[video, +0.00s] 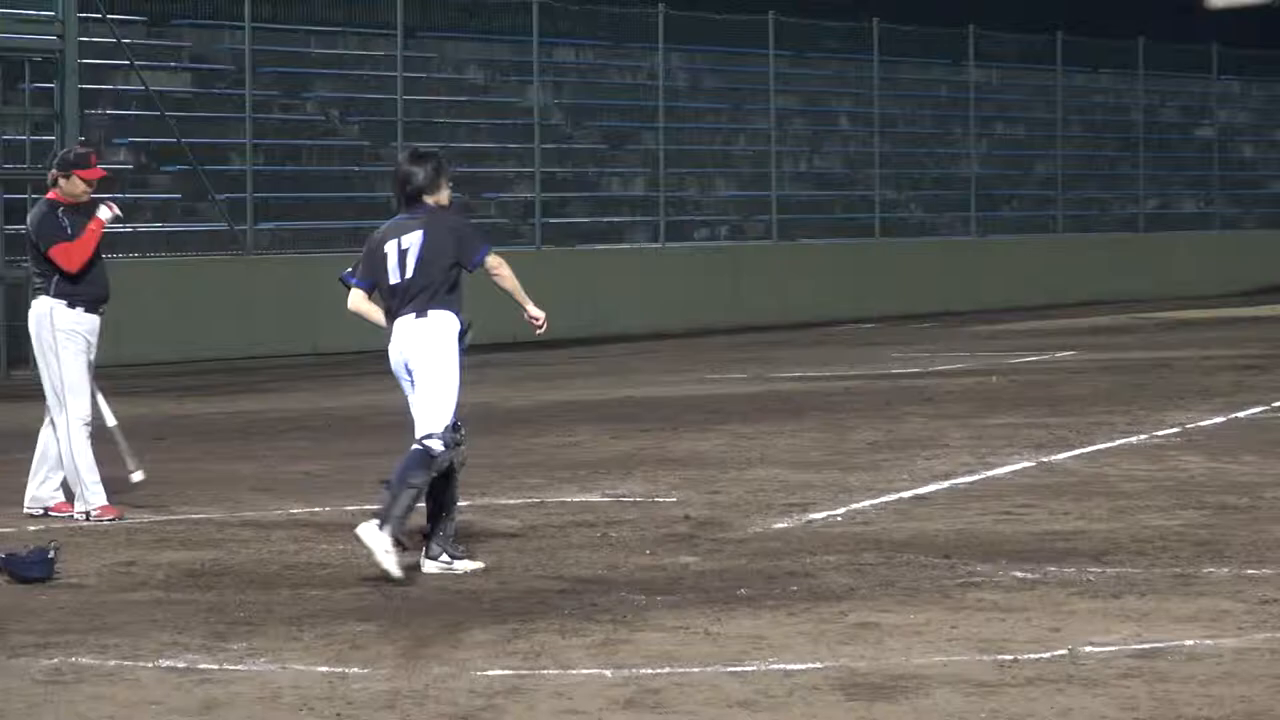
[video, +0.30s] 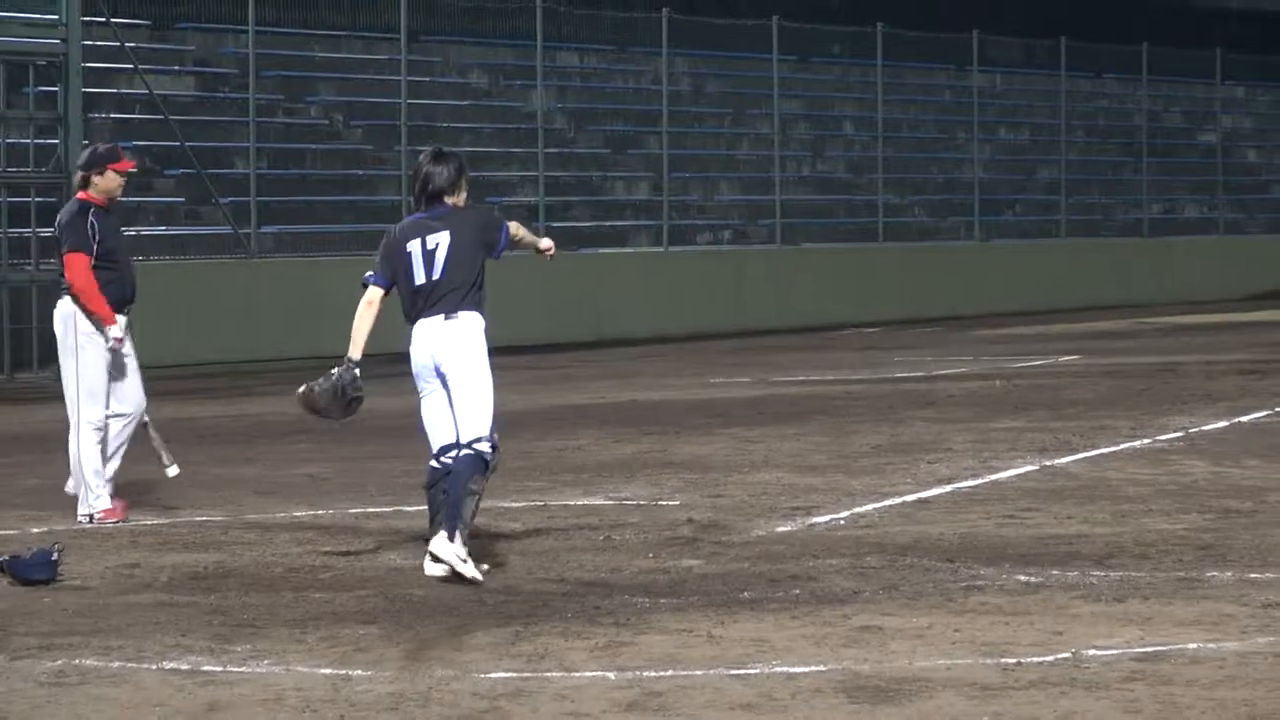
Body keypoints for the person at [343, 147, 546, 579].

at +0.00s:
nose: (451, 190)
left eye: (449, 182)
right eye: (447, 183)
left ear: (407, 191)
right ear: (434, 188)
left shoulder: (382, 236)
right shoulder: (449, 223)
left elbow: (356, 300)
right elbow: (495, 265)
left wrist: (397, 321)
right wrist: (528, 304)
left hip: (399, 339)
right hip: (435, 332)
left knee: (447, 440)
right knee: (436, 440)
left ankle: (439, 548)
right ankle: (384, 527)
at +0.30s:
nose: (467, 194)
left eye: (464, 187)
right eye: (464, 187)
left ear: (423, 191)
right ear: (455, 191)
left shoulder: (399, 235)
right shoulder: (474, 221)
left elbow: (371, 298)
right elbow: (515, 233)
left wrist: (351, 361)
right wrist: (538, 243)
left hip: (421, 342)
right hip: (462, 336)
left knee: (443, 450)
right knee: (477, 442)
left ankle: (440, 549)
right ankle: (451, 537)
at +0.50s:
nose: (477, 191)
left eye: (474, 185)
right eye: (473, 185)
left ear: (428, 187)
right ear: (463, 188)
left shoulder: (405, 231)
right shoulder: (481, 217)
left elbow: (379, 292)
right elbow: (523, 222)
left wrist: (359, 357)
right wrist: (548, 228)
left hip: (431, 342)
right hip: (473, 337)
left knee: (448, 451)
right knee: (483, 448)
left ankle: (443, 546)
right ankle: (454, 545)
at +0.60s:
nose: (478, 201)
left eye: (474, 195)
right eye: (475, 195)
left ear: (430, 197)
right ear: (467, 200)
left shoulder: (408, 238)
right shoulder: (483, 231)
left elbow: (383, 298)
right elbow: (522, 237)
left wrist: (370, 365)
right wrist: (545, 243)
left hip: (421, 354)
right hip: (465, 352)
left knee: (438, 461)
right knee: (469, 461)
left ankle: (442, 556)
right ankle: (444, 564)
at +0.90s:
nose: (471, 195)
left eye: (469, 190)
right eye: (468, 189)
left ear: (423, 188)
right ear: (459, 191)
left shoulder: (396, 229)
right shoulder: (470, 227)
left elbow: (374, 296)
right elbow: (525, 227)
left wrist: (368, 362)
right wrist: (566, 229)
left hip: (405, 349)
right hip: (448, 349)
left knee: (418, 454)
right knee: (460, 458)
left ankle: (390, 552)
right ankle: (446, 566)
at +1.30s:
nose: (408, 203)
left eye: (405, 195)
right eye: (402, 197)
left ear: (364, 205)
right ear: (383, 203)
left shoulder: (342, 249)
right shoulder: (394, 234)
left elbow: (319, 318)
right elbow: (446, 231)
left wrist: (318, 383)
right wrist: (512, 215)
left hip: (340, 358)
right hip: (378, 355)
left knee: (354, 469)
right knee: (421, 462)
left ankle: (308, 565)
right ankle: (445, 569)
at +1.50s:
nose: (381, 203)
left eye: (380, 194)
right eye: (377, 195)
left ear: (339, 198)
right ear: (360, 196)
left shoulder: (320, 239)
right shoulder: (355, 225)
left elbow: (294, 314)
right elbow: (345, 254)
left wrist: (293, 376)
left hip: (313, 350)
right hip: (341, 346)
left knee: (336, 459)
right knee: (382, 456)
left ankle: (308, 564)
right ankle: (362, 561)